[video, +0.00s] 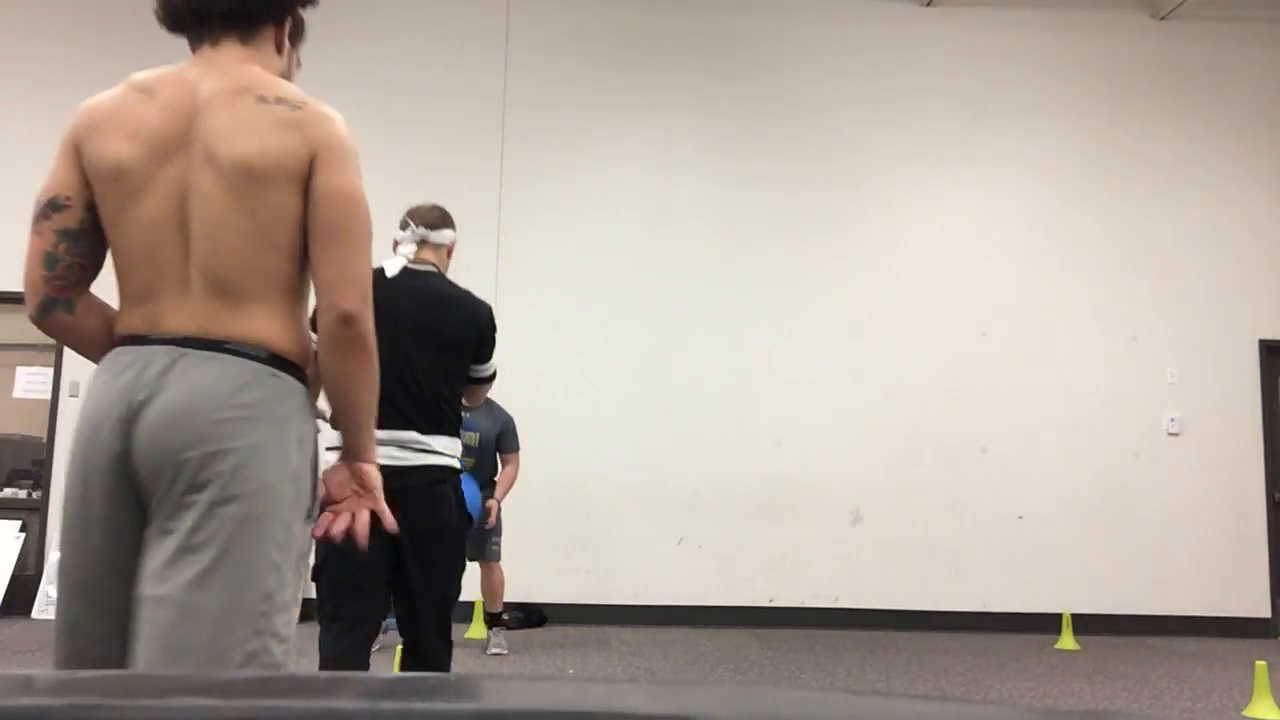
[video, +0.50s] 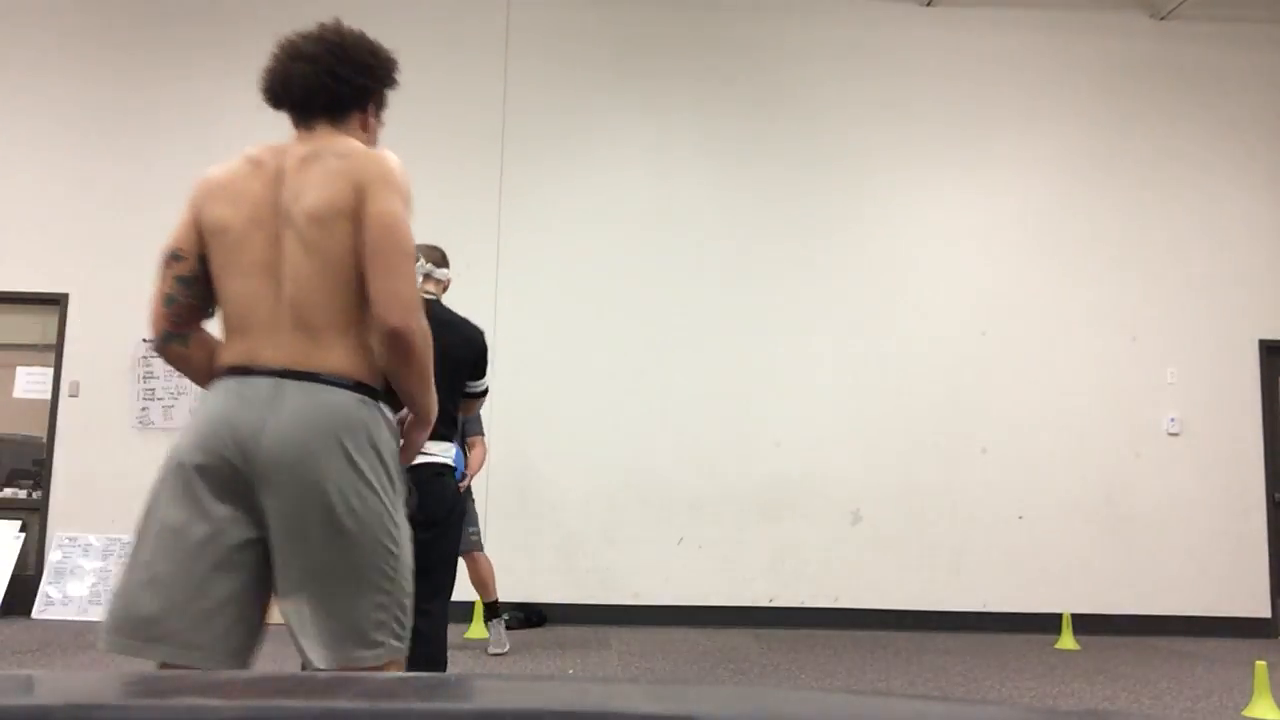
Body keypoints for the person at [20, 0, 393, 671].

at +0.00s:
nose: (296, 47)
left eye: (298, 32)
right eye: (299, 29)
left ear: (187, 24)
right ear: (287, 24)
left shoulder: (101, 116)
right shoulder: (313, 126)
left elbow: (51, 297)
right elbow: (345, 315)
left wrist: (149, 362)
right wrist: (358, 456)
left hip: (118, 389)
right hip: (246, 398)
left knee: (88, 689)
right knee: (203, 699)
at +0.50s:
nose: (382, 130)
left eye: (383, 117)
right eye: (382, 116)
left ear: (293, 109)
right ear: (367, 111)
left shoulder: (220, 183)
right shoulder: (373, 170)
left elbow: (173, 329)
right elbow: (398, 323)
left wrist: (247, 392)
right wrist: (423, 415)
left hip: (228, 409)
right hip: (332, 419)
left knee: (187, 668)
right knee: (373, 667)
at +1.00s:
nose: (459, 163)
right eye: (460, 151)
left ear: (386, 138)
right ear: (456, 150)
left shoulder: (325, 205)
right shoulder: (482, 232)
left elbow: (264, 324)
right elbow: (498, 367)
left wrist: (321, 389)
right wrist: (427, 394)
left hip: (327, 423)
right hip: (427, 431)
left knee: (271, 633)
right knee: (415, 645)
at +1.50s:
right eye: (370, 177)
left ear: (304, 179)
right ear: (370, 179)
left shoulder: (260, 251)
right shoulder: (405, 248)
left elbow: (226, 366)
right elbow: (441, 360)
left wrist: (290, 405)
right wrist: (389, 406)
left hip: (288, 432)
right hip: (380, 436)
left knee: (256, 630)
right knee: (422, 625)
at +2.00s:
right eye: (426, 250)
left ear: (368, 248)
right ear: (425, 252)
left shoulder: (327, 292)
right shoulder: (455, 308)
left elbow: (278, 378)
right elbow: (473, 403)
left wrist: (323, 438)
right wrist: (423, 445)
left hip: (328, 454)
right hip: (413, 460)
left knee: (248, 608)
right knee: (447, 622)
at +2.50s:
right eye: (423, 349)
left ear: (356, 341)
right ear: (416, 350)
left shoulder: (317, 365)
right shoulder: (431, 376)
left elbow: (258, 424)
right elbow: (443, 440)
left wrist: (295, 489)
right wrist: (406, 500)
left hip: (294, 469)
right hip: (378, 472)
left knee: (247, 619)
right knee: (447, 624)